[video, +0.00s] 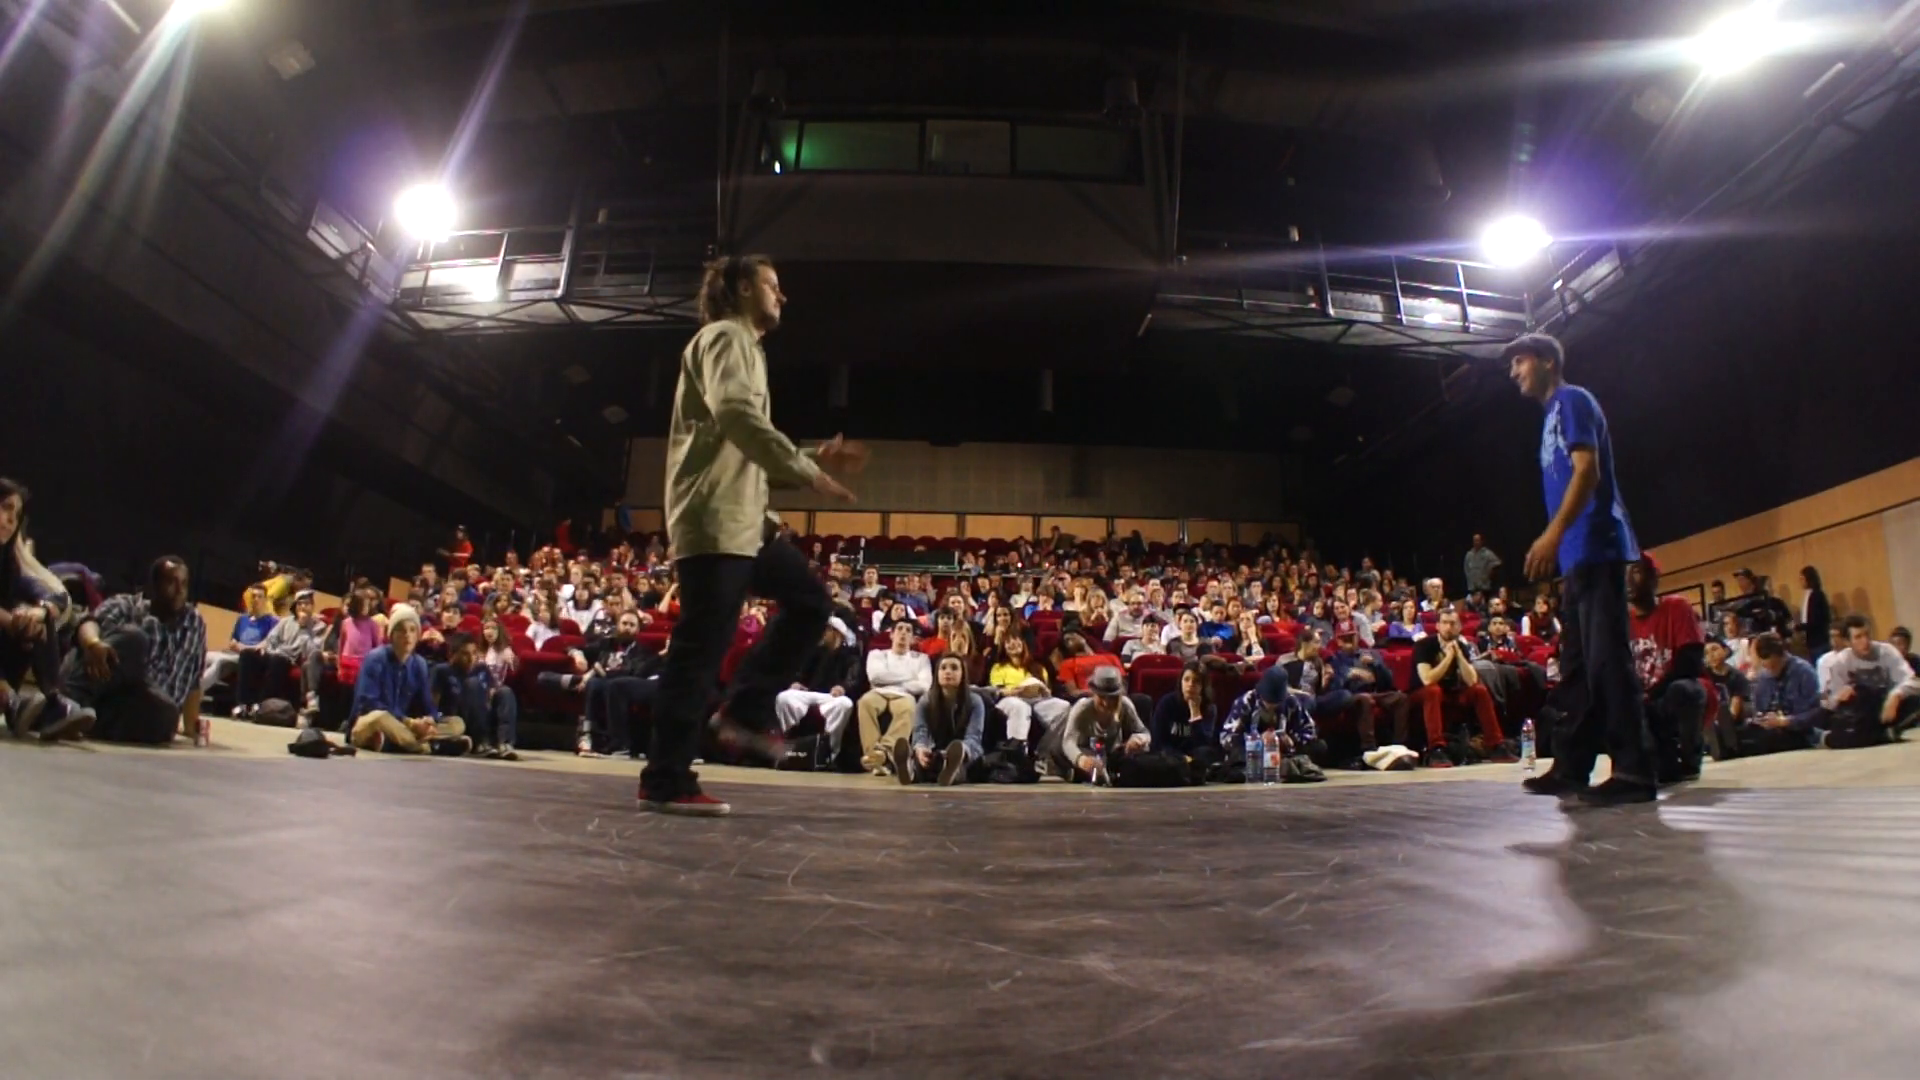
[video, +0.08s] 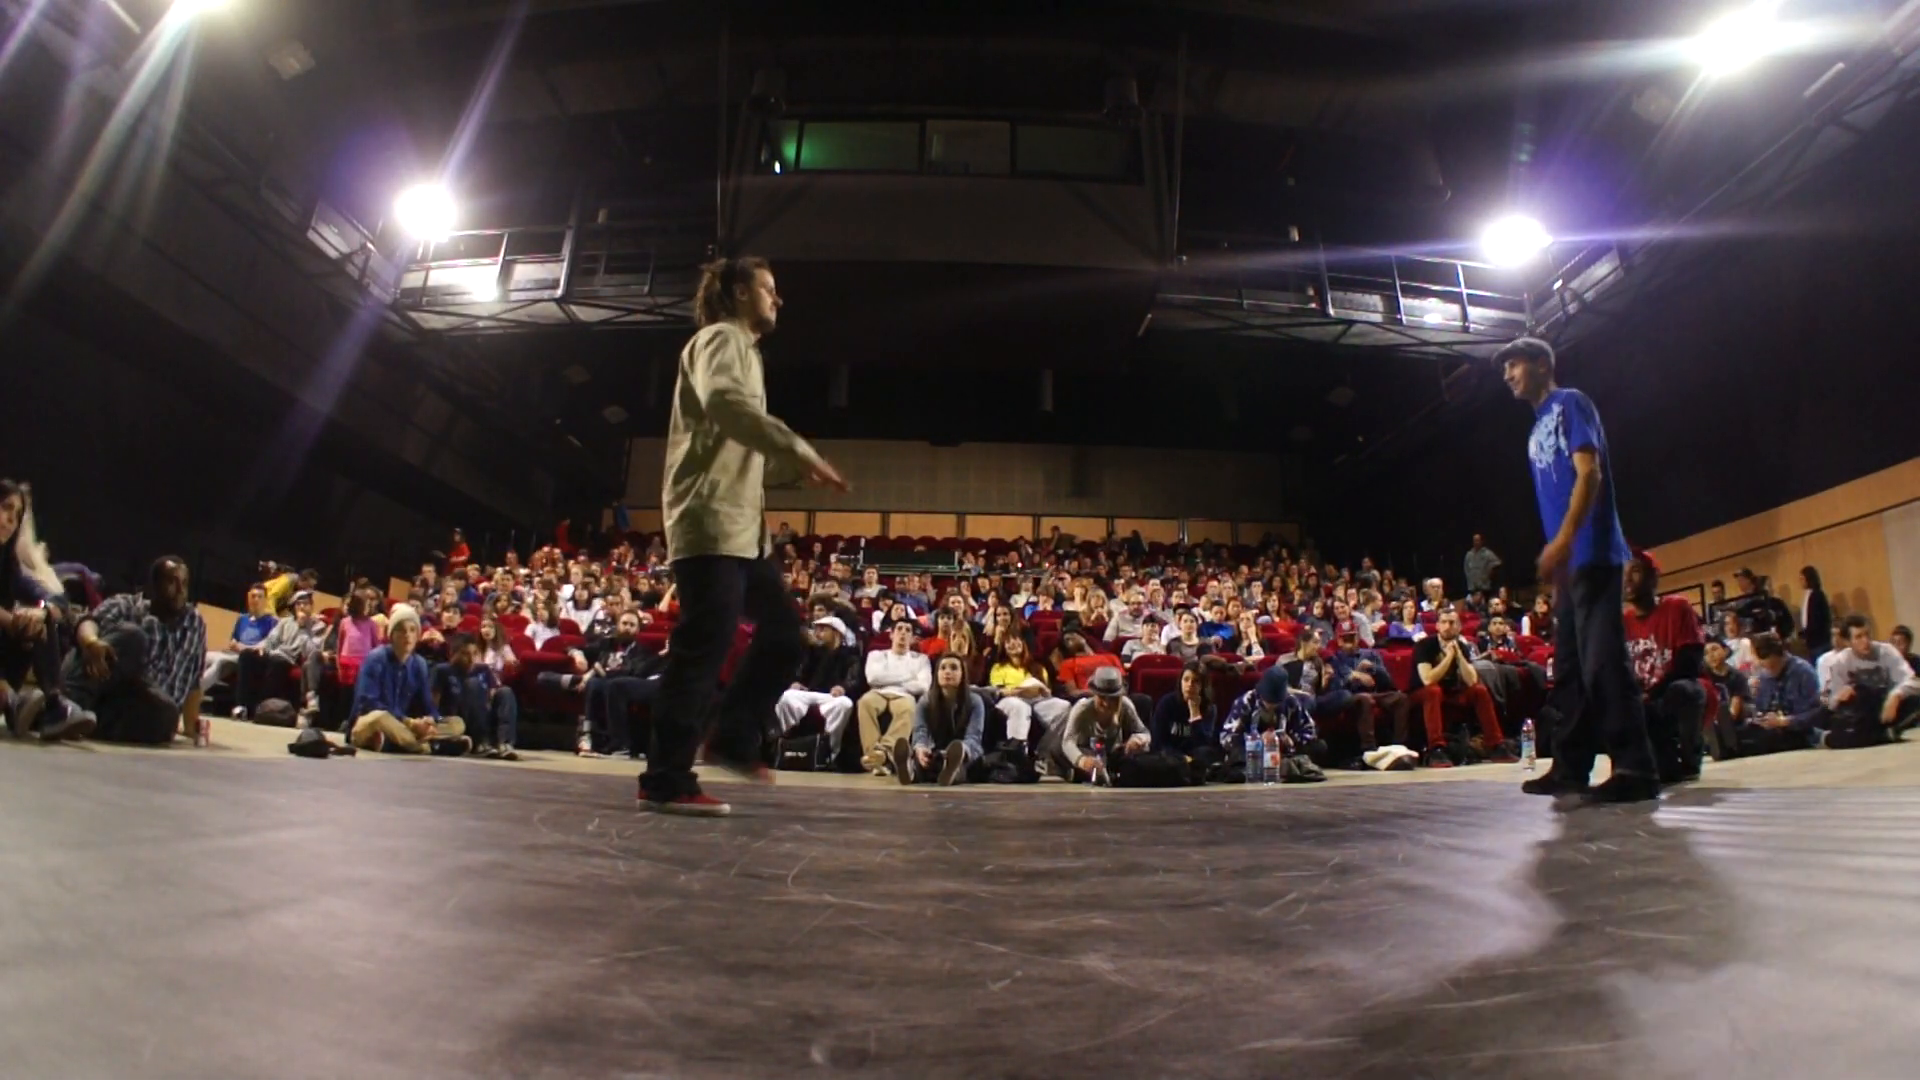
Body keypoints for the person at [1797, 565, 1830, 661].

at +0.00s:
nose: (1801, 582)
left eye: (1802, 578)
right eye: (1801, 579)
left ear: (1809, 579)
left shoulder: (1817, 596)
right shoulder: (1807, 595)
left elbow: (1817, 622)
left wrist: (1801, 627)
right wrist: (1799, 625)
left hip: (1819, 641)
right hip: (1811, 641)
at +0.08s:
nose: (1801, 582)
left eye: (1802, 578)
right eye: (1801, 579)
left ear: (1809, 579)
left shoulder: (1816, 596)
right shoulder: (1807, 595)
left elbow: (1817, 619)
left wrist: (1806, 633)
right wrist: (1804, 630)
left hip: (1818, 641)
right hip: (1811, 640)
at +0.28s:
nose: (1800, 581)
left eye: (1802, 578)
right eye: (1800, 578)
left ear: (1808, 579)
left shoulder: (1816, 596)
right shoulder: (1807, 595)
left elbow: (1816, 621)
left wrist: (1812, 645)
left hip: (1818, 643)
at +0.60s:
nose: (1799, 581)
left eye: (1801, 578)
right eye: (1799, 578)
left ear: (1807, 579)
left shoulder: (1815, 596)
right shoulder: (1806, 595)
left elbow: (1814, 622)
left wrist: (1810, 646)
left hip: (1816, 645)